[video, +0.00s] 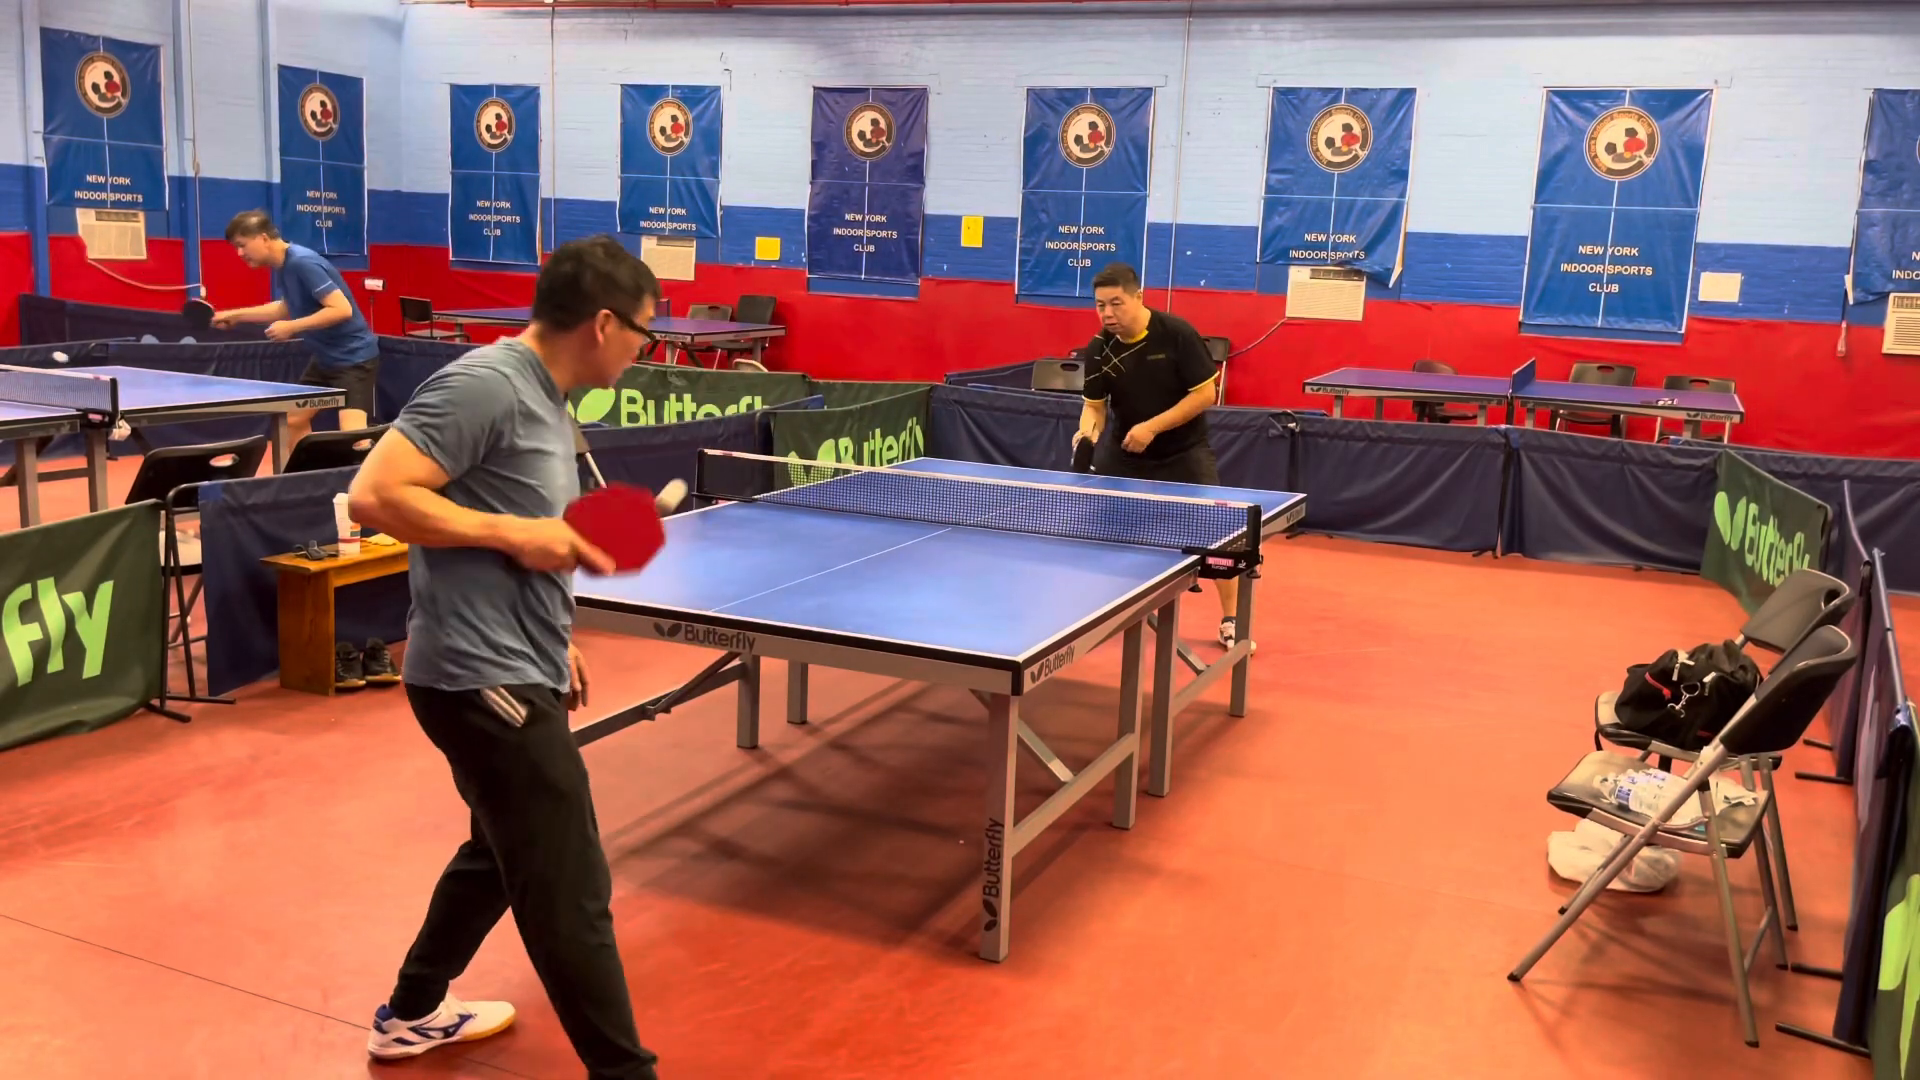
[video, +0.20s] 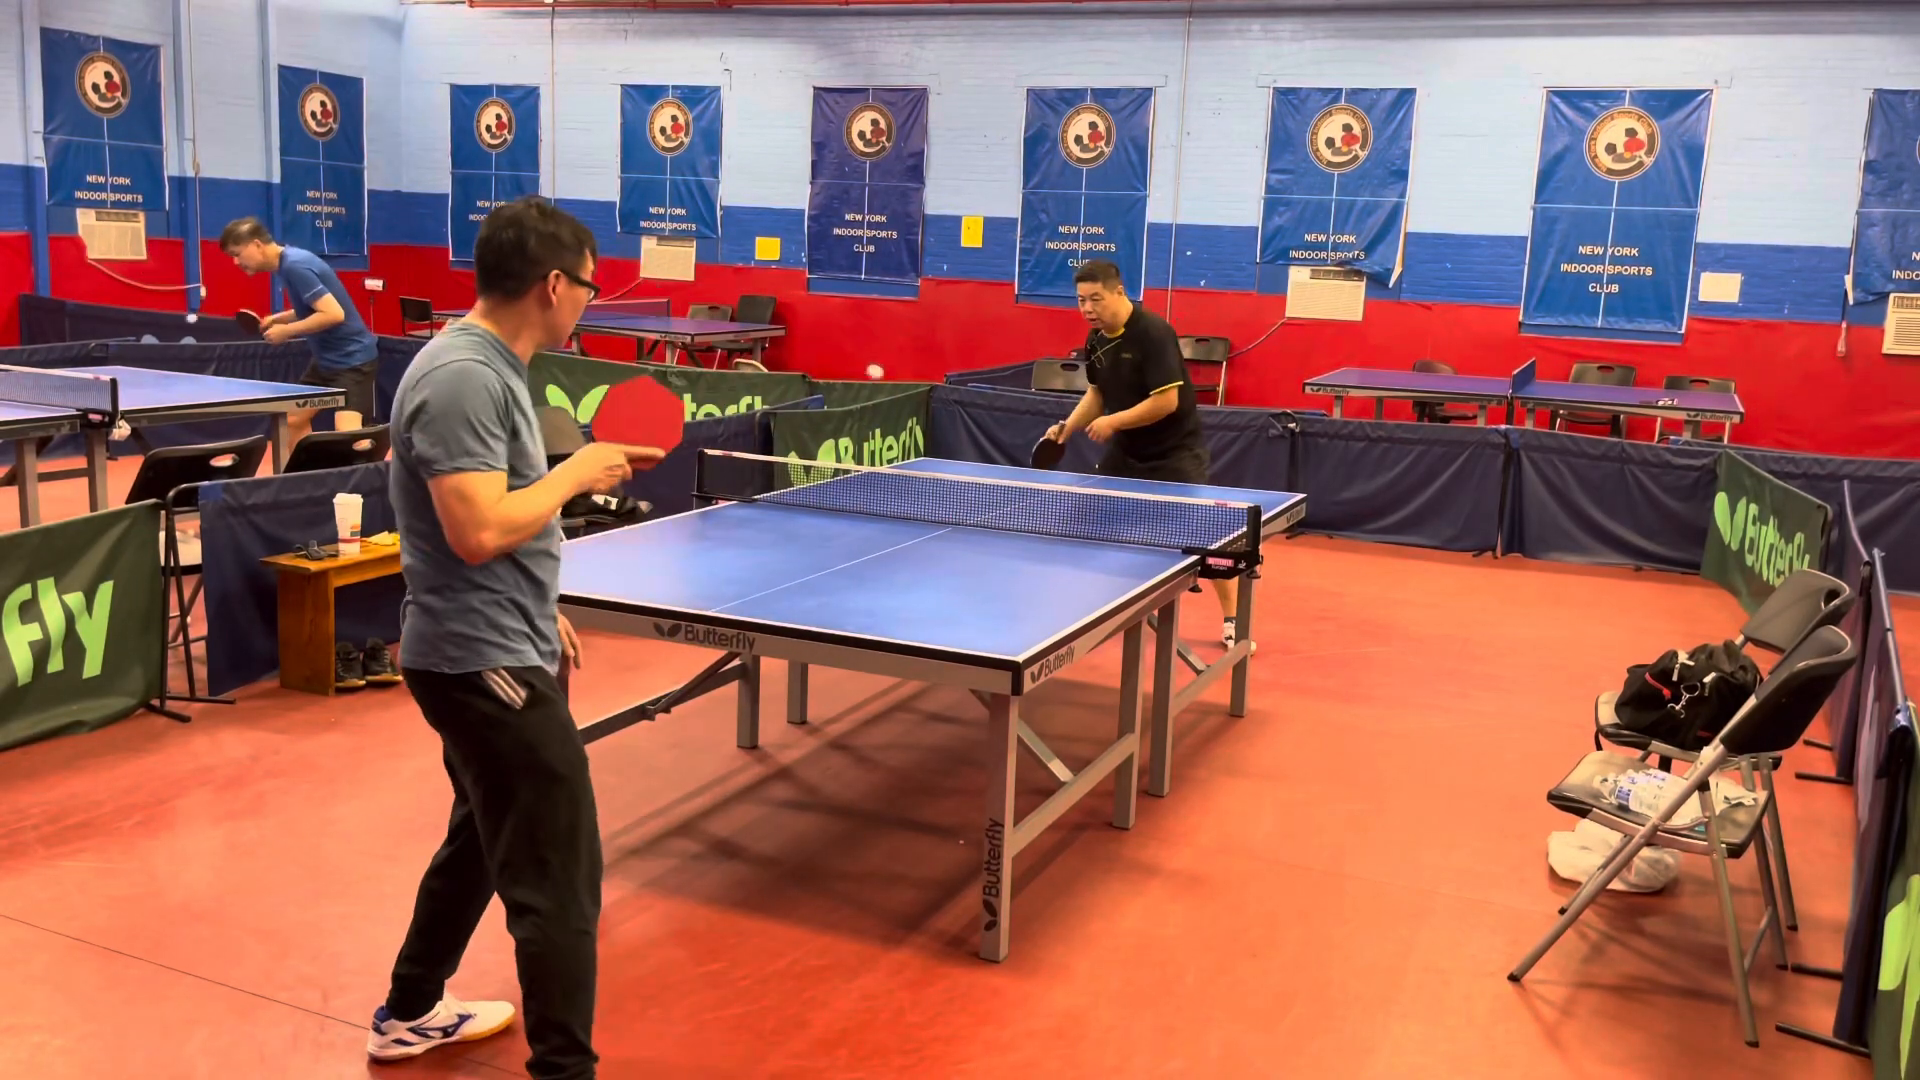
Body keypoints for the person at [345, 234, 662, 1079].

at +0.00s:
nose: (639, 353)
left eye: (644, 337)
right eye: (639, 334)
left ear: (588, 320)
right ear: (597, 322)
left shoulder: (546, 399)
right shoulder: (484, 382)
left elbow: (516, 532)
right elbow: (374, 494)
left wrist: (557, 638)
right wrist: (507, 531)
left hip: (518, 670)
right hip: (475, 676)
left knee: (501, 852)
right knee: (569, 887)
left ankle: (410, 1013)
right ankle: (624, 1067)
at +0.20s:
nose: (585, 306)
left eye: (588, 290)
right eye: (584, 288)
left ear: (515, 282)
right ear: (550, 286)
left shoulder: (493, 368)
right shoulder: (459, 378)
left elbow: (503, 517)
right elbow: (475, 531)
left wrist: (542, 611)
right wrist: (574, 474)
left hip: (494, 651)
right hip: (481, 659)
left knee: (484, 835)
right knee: (560, 873)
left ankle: (408, 1012)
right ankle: (564, 1065)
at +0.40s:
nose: (597, 327)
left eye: (598, 311)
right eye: (596, 310)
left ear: (499, 301)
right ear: (570, 308)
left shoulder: (433, 385)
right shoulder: (525, 403)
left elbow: (419, 521)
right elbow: (578, 557)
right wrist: (631, 489)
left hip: (431, 677)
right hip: (501, 690)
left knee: (486, 842)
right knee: (573, 899)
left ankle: (410, 1012)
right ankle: (617, 1067)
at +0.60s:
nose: (661, 344)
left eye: (662, 329)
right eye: (660, 328)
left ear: (561, 321)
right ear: (638, 330)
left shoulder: (479, 394)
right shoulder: (600, 428)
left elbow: (421, 519)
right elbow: (590, 597)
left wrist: (520, 568)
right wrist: (660, 619)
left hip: (440, 684)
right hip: (523, 701)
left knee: (482, 831)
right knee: (622, 901)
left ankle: (407, 1012)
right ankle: (644, 1068)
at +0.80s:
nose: (720, 385)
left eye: (722, 368)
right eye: (720, 367)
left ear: (633, 355)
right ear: (694, 370)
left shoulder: (560, 409)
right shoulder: (616, 460)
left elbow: (515, 544)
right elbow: (554, 625)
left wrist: (588, 615)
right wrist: (611, 764)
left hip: (444, 682)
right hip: (497, 707)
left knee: (494, 843)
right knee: (617, 902)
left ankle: (408, 1014)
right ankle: (638, 1065)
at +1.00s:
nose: (719, 390)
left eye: (722, 372)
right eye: (717, 371)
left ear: (642, 360)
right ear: (680, 369)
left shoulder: (569, 416)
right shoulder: (595, 451)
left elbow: (569, 554)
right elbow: (560, 614)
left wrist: (676, 579)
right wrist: (667, 691)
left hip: (454, 684)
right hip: (504, 702)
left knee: (510, 838)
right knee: (626, 903)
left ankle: (411, 1014)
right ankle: (641, 1069)